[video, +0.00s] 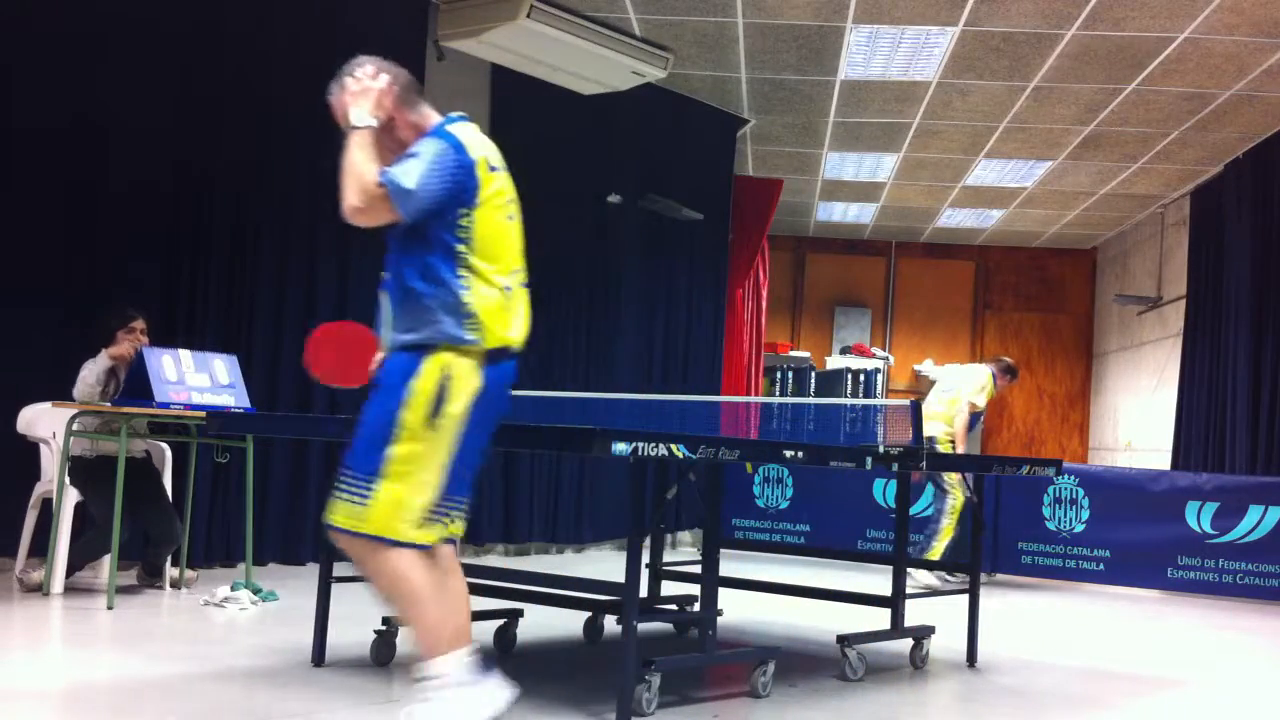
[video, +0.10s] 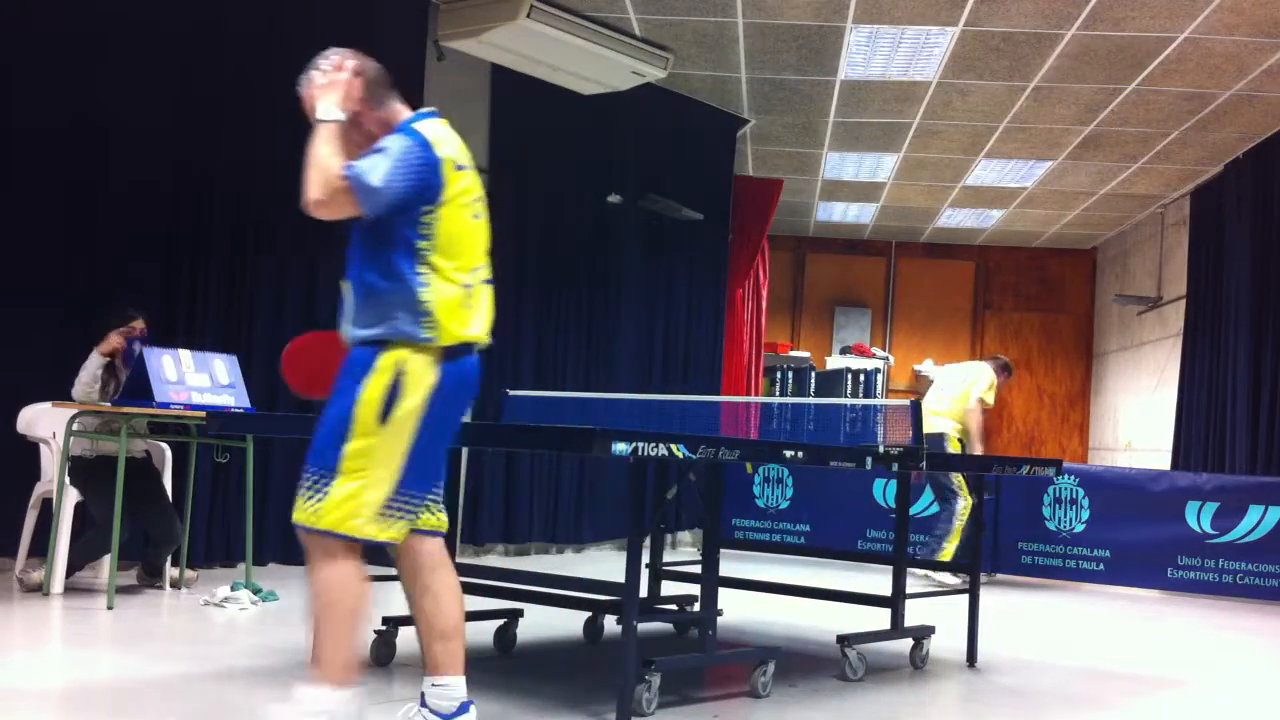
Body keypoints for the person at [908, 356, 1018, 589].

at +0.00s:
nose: (1002, 388)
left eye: (1005, 385)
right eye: (1006, 384)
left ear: (991, 364)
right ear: (1003, 375)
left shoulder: (959, 369)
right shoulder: (984, 377)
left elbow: (931, 370)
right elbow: (962, 411)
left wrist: (926, 366)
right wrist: (960, 453)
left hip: (924, 433)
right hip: (939, 436)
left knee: (955, 497)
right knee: (956, 496)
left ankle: (938, 564)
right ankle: (927, 563)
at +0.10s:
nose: (999, 385)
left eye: (1002, 382)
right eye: (1002, 381)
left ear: (985, 360)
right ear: (1001, 372)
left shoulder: (952, 368)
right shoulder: (987, 373)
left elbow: (926, 404)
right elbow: (972, 407)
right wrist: (976, 447)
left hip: (922, 436)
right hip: (943, 436)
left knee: (949, 501)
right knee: (962, 499)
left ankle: (927, 561)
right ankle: (940, 564)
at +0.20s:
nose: (996, 383)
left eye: (997, 380)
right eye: (997, 379)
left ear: (980, 359)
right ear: (995, 370)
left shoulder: (949, 367)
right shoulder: (986, 369)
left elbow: (926, 402)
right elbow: (982, 407)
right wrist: (992, 446)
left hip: (923, 433)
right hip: (946, 432)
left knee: (940, 498)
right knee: (959, 498)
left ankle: (940, 561)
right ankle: (949, 564)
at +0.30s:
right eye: (991, 380)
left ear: (968, 364)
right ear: (988, 371)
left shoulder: (939, 370)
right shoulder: (984, 374)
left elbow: (915, 406)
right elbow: (987, 413)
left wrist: (899, 456)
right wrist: (997, 448)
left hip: (921, 437)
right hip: (949, 438)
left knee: (935, 501)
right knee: (959, 504)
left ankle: (941, 562)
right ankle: (948, 567)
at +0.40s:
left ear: (948, 368)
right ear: (971, 372)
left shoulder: (930, 376)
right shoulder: (977, 381)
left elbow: (912, 406)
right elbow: (987, 419)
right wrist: (997, 461)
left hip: (914, 443)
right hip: (946, 443)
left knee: (913, 506)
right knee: (959, 510)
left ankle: (909, 563)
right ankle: (949, 568)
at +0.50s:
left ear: (937, 377)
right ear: (964, 379)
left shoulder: (919, 388)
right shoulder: (968, 391)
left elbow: (896, 430)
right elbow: (979, 429)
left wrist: (883, 474)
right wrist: (987, 472)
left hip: (903, 444)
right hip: (938, 446)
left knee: (894, 499)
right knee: (960, 508)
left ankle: (879, 555)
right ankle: (950, 568)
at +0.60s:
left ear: (925, 385)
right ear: (951, 390)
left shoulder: (907, 396)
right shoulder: (952, 399)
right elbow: (964, 432)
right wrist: (967, 473)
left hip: (886, 443)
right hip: (921, 447)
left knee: (874, 497)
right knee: (950, 507)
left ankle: (864, 554)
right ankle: (950, 567)